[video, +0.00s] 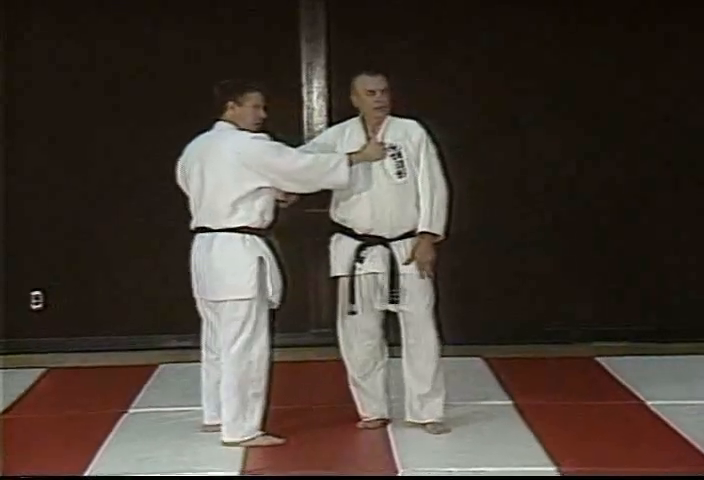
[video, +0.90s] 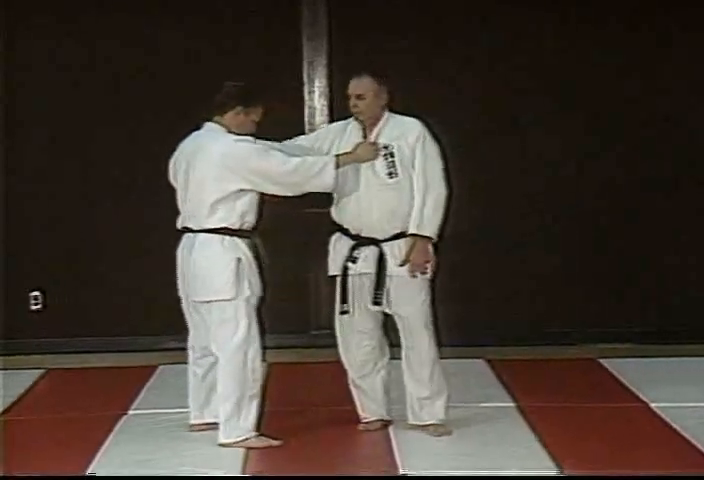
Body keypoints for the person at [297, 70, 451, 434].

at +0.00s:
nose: (378, 99)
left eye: (383, 92)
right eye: (370, 93)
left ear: (390, 96)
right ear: (354, 98)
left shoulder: (411, 133)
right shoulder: (337, 137)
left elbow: (434, 186)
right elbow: (296, 162)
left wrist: (427, 237)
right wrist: (284, 187)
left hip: (407, 245)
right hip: (356, 248)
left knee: (420, 332)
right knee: (360, 333)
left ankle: (426, 411)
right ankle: (372, 412)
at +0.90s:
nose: (354, 105)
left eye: (361, 98)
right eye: (350, 98)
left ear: (383, 98)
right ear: (347, 100)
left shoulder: (411, 132)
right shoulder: (337, 134)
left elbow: (433, 187)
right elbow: (292, 150)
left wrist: (424, 239)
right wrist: (248, 154)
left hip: (403, 246)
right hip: (352, 249)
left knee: (417, 332)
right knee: (358, 333)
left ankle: (428, 413)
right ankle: (371, 413)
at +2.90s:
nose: (359, 114)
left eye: (365, 107)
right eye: (354, 107)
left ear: (385, 102)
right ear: (349, 107)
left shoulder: (414, 136)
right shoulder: (341, 134)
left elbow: (436, 192)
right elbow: (292, 143)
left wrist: (431, 245)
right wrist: (239, 143)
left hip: (407, 247)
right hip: (357, 248)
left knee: (420, 328)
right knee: (359, 327)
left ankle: (429, 408)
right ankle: (371, 405)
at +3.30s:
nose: (363, 116)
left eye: (369, 109)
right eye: (358, 110)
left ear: (389, 105)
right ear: (354, 109)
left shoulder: (415, 137)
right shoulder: (345, 133)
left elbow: (430, 196)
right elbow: (294, 142)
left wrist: (392, 236)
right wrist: (242, 142)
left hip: (410, 244)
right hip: (358, 244)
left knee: (420, 324)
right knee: (360, 325)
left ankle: (433, 407)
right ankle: (373, 404)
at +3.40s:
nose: (367, 115)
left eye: (373, 107)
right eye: (362, 108)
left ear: (393, 104)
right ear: (358, 108)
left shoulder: (416, 137)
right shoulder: (349, 132)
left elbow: (417, 205)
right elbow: (299, 137)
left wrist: (363, 224)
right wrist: (245, 132)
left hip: (409, 246)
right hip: (359, 246)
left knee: (422, 330)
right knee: (361, 328)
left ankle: (434, 410)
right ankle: (374, 407)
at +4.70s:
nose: (400, 132)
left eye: (405, 124)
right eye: (395, 125)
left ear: (425, 115)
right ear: (390, 121)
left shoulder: (450, 144)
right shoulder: (387, 132)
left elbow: (414, 187)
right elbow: (340, 141)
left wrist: (347, 201)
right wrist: (290, 138)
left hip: (454, 245)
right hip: (412, 243)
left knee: (449, 329)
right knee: (412, 327)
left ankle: (443, 407)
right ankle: (419, 401)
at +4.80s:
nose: (400, 131)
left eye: (406, 124)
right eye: (395, 124)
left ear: (426, 116)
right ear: (391, 120)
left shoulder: (451, 146)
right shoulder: (386, 133)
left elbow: (412, 189)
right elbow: (341, 141)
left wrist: (346, 202)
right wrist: (291, 138)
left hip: (457, 243)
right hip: (419, 243)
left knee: (452, 325)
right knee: (429, 323)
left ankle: (447, 398)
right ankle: (436, 390)